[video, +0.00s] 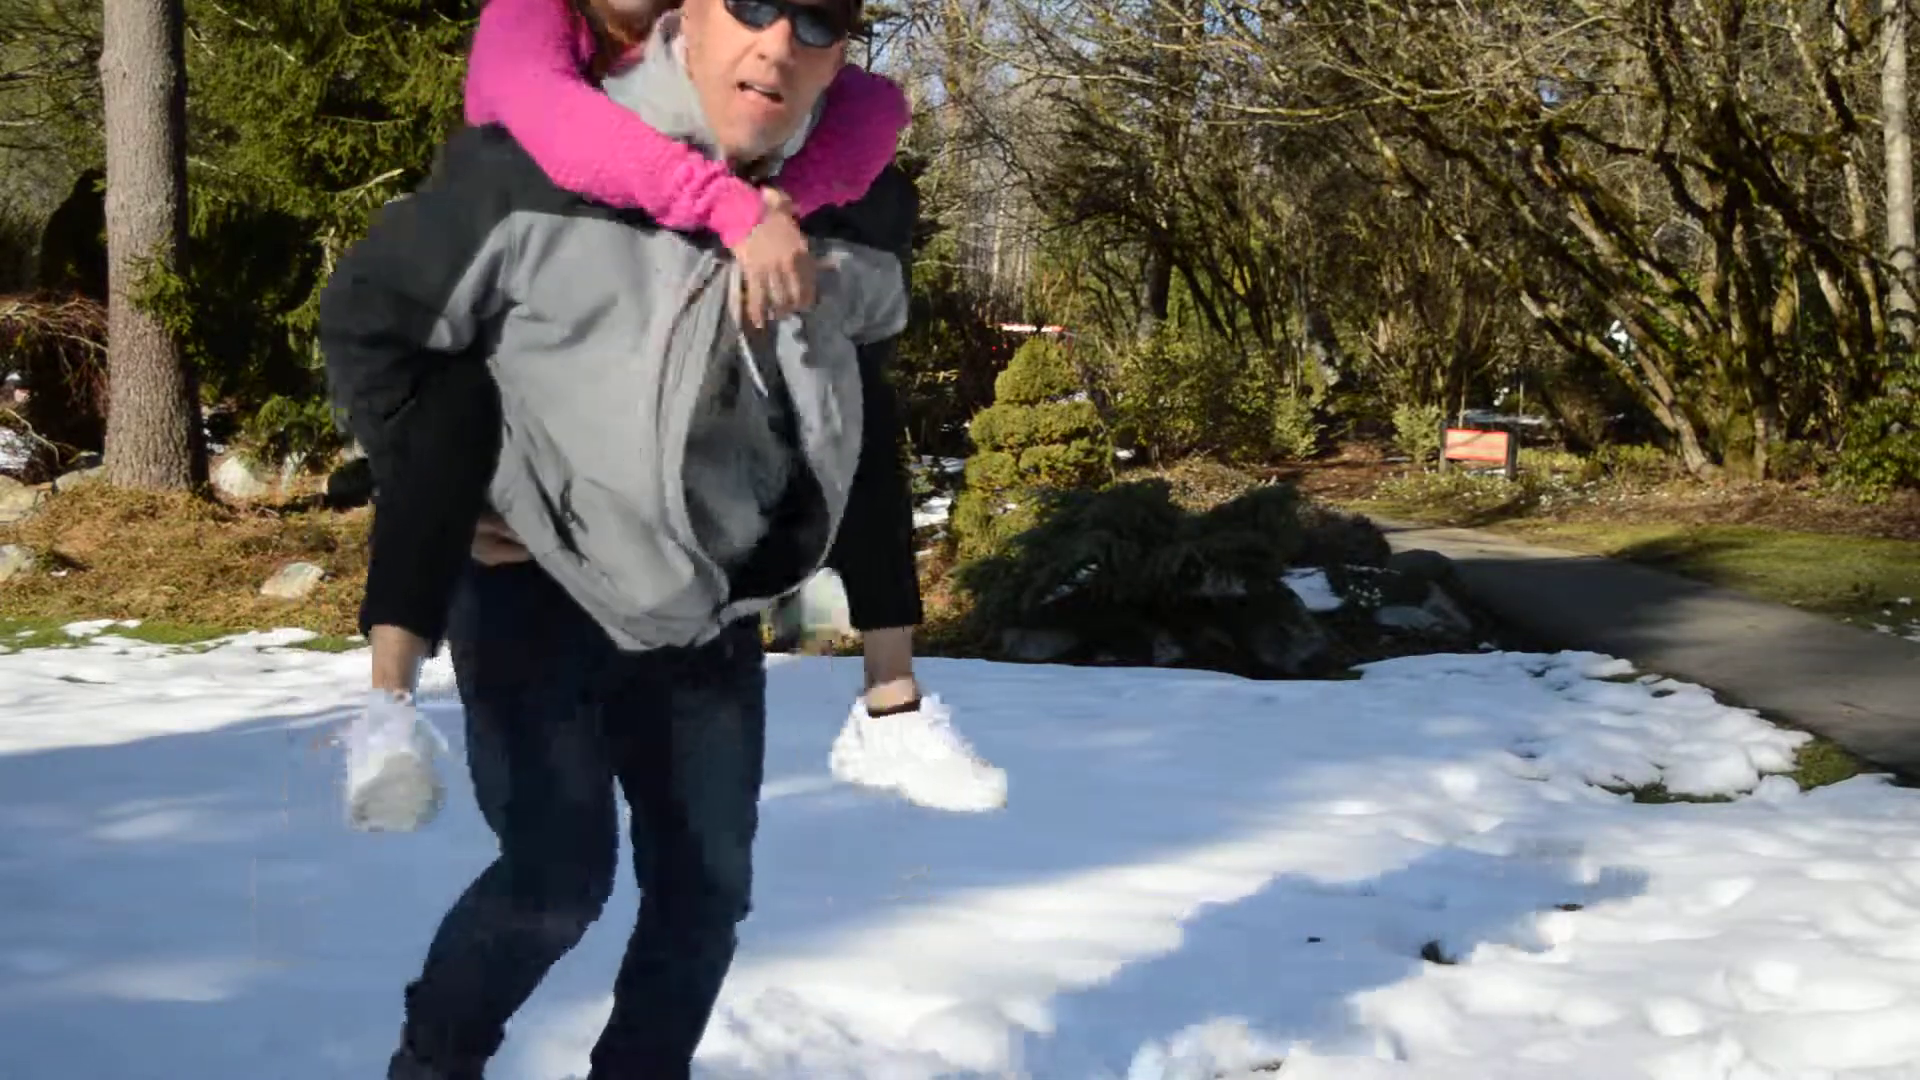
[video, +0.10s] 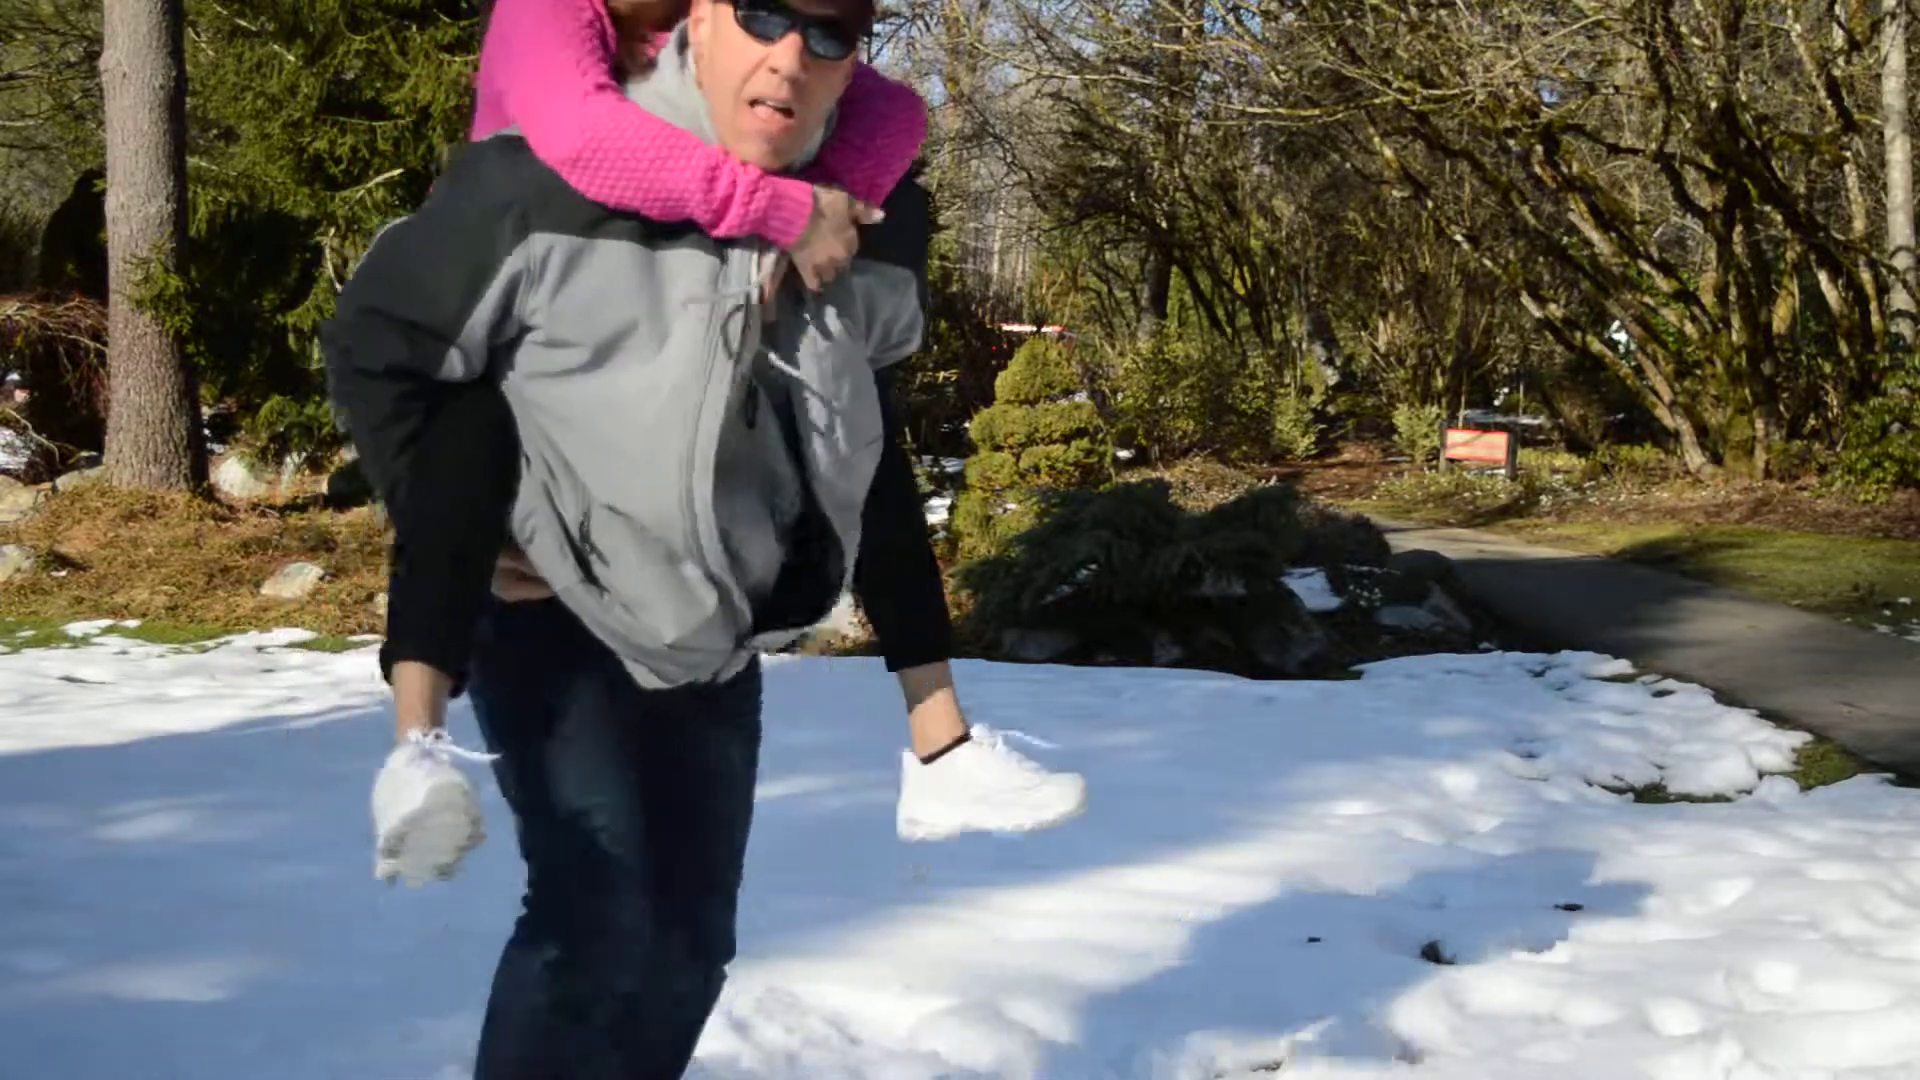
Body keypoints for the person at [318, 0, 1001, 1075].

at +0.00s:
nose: (779, 50)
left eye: (817, 28)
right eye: (752, 12)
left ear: (847, 55)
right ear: (685, 17)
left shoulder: (859, 193)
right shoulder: (521, 166)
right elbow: (365, 315)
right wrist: (455, 503)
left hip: (711, 605)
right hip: (534, 590)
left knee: (703, 902)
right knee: (554, 882)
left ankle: (636, 1075)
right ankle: (432, 1060)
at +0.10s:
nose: (789, 64)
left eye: (829, 40)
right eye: (761, 23)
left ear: (857, 64)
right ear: (693, 21)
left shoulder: (867, 209)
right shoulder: (533, 192)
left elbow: (868, 400)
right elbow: (371, 344)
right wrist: (473, 537)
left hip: (716, 636)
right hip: (552, 616)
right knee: (596, 928)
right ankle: (415, 744)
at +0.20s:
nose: (806, 110)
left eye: (847, 86)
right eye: (777, 62)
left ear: (874, 120)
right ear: (710, 65)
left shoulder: (880, 272)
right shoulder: (553, 249)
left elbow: (869, 451)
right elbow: (375, 402)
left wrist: (849, 597)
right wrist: (472, 612)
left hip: (738, 707)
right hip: (565, 689)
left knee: (705, 997)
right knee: (635, 999)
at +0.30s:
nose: (847, 94)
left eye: (888, 70)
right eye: (817, 47)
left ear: (915, 106)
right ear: (748, 54)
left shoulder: (918, 266)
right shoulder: (583, 226)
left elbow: (920, 441)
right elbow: (381, 375)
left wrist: (855, 602)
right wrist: (469, 588)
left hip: (756, 708)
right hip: (577, 692)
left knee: (715, 1004)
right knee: (643, 1017)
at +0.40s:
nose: (883, 37)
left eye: (927, 16)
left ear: (959, 50)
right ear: (788, 7)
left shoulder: (961, 208)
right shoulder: (630, 172)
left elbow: (942, 404)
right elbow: (417, 302)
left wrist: (891, 578)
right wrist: (514, 524)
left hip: (789, 656)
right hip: (610, 642)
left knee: (803, 967)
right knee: (624, 994)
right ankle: (501, 802)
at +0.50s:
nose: (927, 6)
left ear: (1003, 7)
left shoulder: (1009, 150)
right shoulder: (673, 107)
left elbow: (976, 374)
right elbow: (472, 256)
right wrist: (561, 489)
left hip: (841, 610)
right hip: (647, 601)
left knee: (924, 903)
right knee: (635, 962)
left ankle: (737, 1075)